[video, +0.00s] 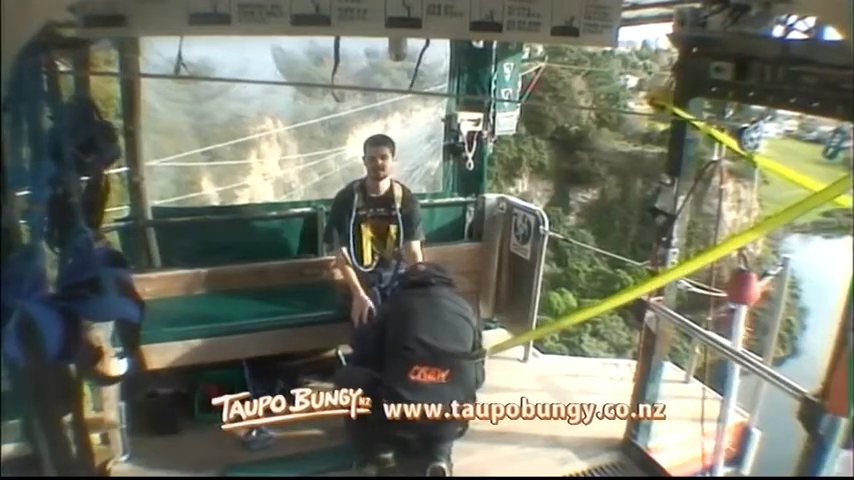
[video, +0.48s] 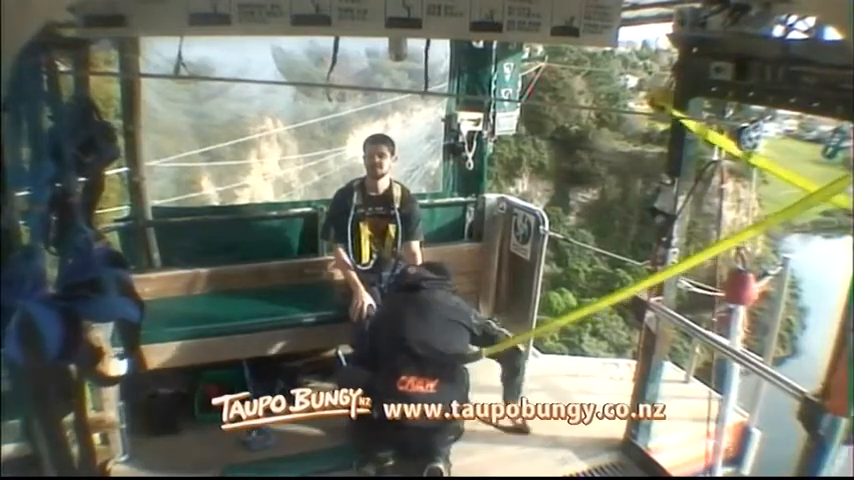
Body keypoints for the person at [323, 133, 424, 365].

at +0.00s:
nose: (378, 163)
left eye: (384, 157)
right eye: (372, 158)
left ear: (393, 160)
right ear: (364, 161)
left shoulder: (406, 198)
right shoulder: (347, 199)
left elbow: (414, 250)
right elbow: (340, 253)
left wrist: (420, 289)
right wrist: (358, 294)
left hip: (398, 276)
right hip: (363, 278)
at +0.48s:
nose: (375, 161)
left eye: (381, 156)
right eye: (370, 156)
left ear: (393, 160)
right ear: (364, 160)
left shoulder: (404, 197)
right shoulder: (346, 196)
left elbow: (413, 249)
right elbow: (338, 249)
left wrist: (417, 289)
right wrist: (358, 290)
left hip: (396, 276)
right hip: (361, 277)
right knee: (367, 314)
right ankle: (367, 369)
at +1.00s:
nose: (374, 161)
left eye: (381, 156)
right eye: (369, 156)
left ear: (393, 159)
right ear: (363, 159)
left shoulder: (405, 198)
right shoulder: (346, 197)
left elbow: (413, 249)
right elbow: (339, 251)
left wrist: (417, 290)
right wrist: (359, 291)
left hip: (397, 275)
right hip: (362, 276)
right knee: (366, 317)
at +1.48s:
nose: (375, 163)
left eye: (381, 157)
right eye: (369, 158)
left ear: (393, 159)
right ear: (362, 159)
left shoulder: (405, 198)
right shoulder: (345, 197)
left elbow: (414, 249)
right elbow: (340, 251)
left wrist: (421, 289)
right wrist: (360, 291)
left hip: (397, 280)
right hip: (361, 282)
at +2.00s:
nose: (376, 165)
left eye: (382, 159)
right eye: (370, 159)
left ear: (394, 161)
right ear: (363, 160)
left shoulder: (405, 198)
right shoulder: (345, 198)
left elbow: (414, 248)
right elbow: (341, 253)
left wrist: (421, 288)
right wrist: (360, 291)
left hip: (398, 277)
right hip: (362, 278)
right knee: (369, 316)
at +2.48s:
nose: (375, 165)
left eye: (381, 159)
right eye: (369, 159)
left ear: (393, 161)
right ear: (363, 160)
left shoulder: (405, 198)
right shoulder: (345, 199)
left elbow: (414, 247)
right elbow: (342, 254)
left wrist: (424, 285)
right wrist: (361, 290)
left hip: (397, 278)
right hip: (361, 280)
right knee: (369, 316)